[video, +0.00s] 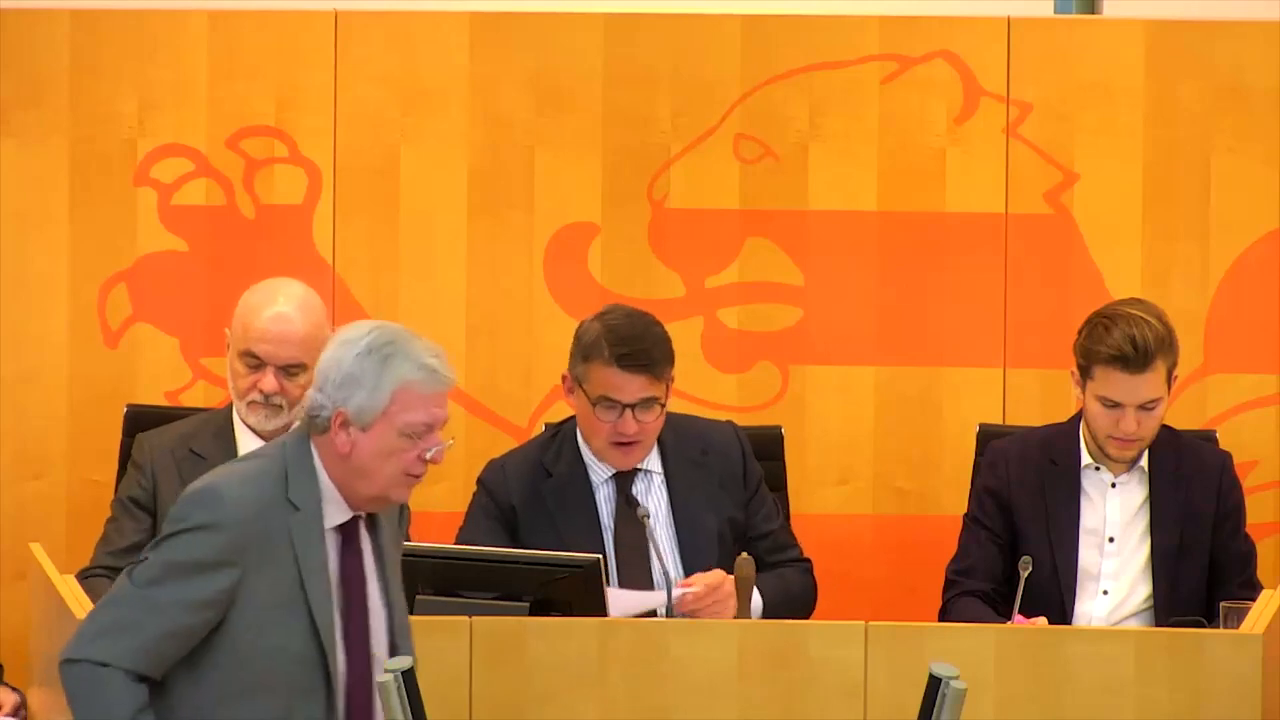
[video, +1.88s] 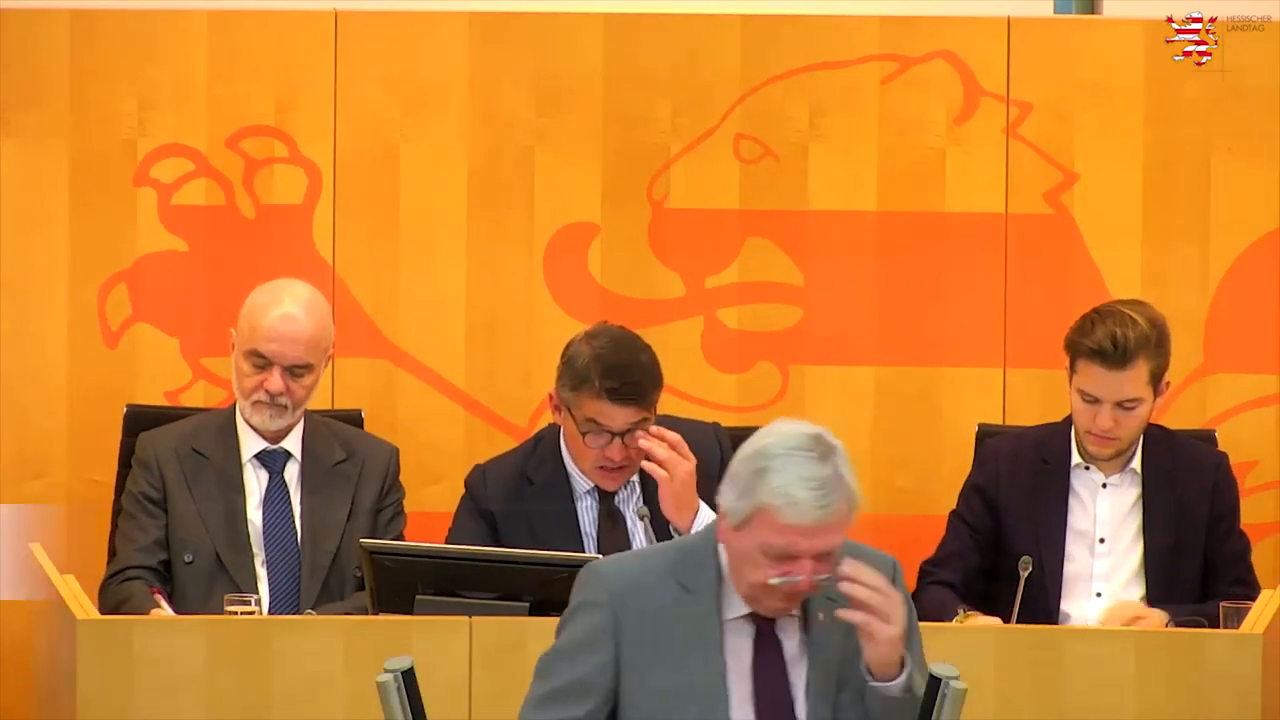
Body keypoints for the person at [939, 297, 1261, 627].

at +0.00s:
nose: (1128, 425)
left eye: (1148, 405)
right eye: (1110, 404)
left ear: (1171, 389)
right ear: (1078, 382)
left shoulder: (1209, 472)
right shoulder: (1011, 464)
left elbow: (1240, 605)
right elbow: (966, 597)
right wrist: (1000, 639)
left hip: (1166, 677)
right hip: (1038, 672)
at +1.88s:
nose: (1103, 422)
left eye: (1126, 405)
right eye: (1089, 399)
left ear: (1159, 394)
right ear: (1070, 378)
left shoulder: (1203, 473)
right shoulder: (1005, 460)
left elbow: (1243, 606)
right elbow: (934, 588)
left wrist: (1172, 621)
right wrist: (963, 620)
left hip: (1157, 678)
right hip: (1030, 670)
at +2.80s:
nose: (1088, 430)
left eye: (1113, 417)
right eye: (1077, 405)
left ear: (1152, 405)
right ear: (1063, 383)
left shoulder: (1196, 475)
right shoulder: (999, 461)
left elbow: (1239, 602)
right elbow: (939, 586)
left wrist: (1163, 645)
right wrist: (940, 616)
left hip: (1150, 678)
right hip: (1023, 671)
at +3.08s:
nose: (1091, 434)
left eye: (1117, 423)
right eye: (1082, 408)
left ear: (1156, 411)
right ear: (1069, 381)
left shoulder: (1197, 475)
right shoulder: (999, 461)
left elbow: (1239, 602)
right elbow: (941, 590)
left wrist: (1148, 640)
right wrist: (952, 631)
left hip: (1149, 679)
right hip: (1023, 670)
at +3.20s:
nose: (1092, 435)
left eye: (1118, 424)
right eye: (1083, 409)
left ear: (1157, 413)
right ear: (1069, 382)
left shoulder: (1197, 476)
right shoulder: (1000, 460)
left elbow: (1239, 604)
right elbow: (942, 589)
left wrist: (1148, 641)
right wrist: (949, 629)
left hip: (1149, 680)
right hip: (1023, 670)